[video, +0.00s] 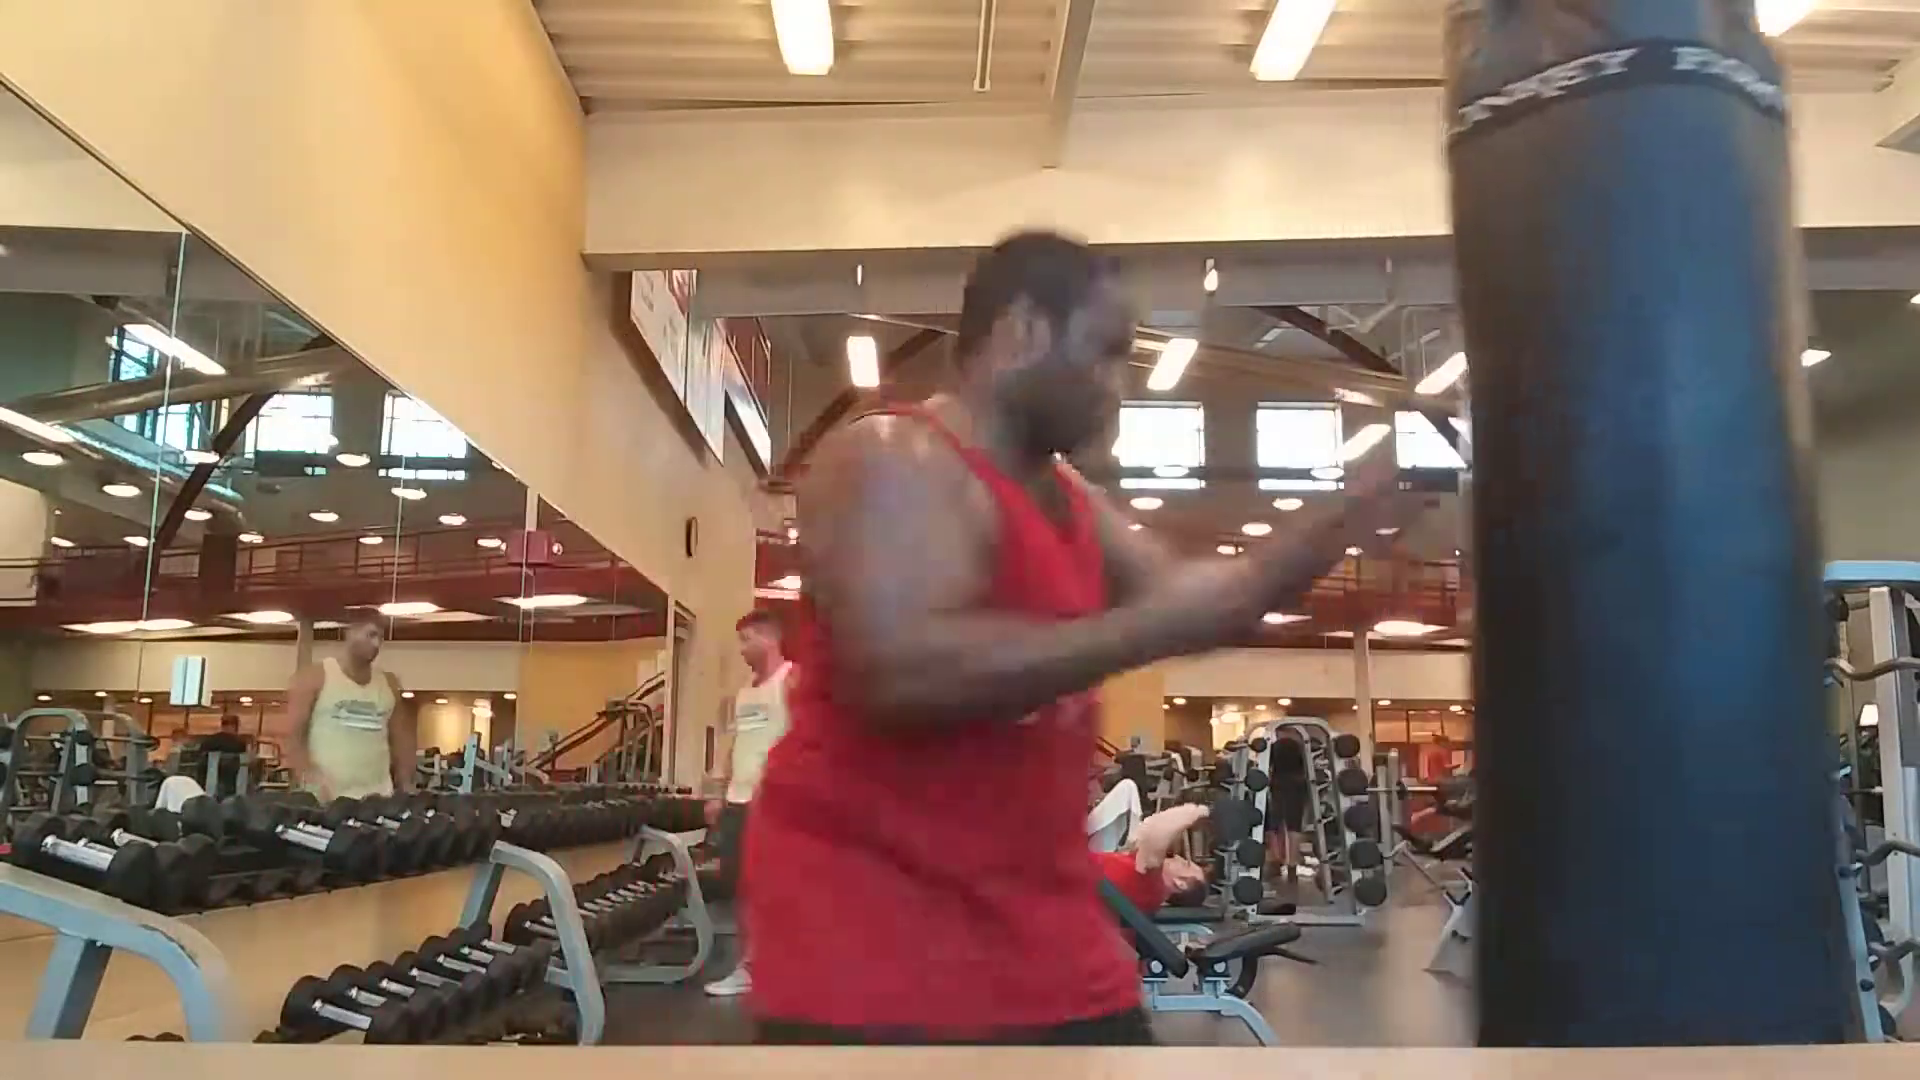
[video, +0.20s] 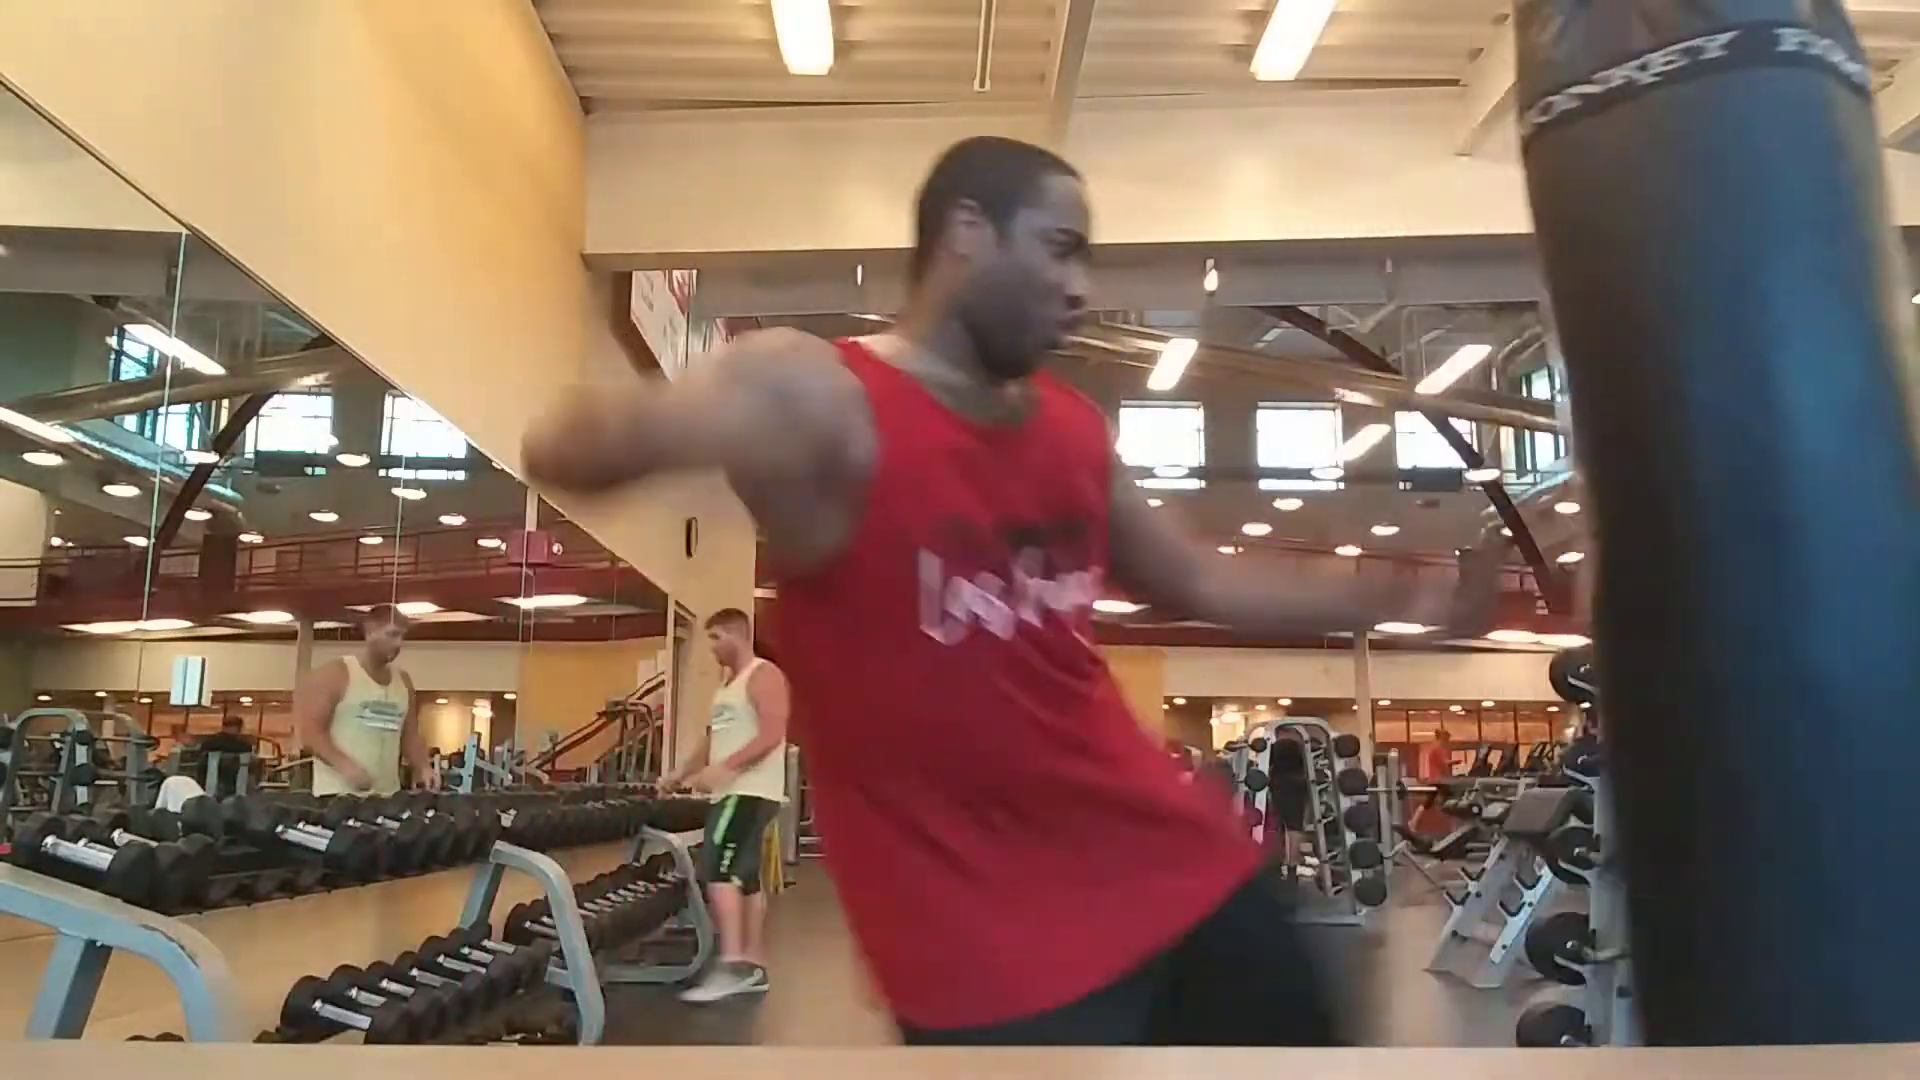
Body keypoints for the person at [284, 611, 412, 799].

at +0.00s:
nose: (378, 644)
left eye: (380, 638)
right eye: (371, 635)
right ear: (350, 633)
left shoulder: (388, 683)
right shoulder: (314, 676)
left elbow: (400, 742)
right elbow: (293, 736)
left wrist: (404, 788)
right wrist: (310, 775)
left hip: (377, 796)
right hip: (325, 797)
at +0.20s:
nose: (398, 644)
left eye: (401, 636)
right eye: (392, 635)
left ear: (404, 637)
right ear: (370, 632)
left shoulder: (402, 681)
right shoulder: (334, 673)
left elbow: (410, 735)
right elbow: (310, 732)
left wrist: (422, 767)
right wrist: (348, 768)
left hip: (387, 798)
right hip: (339, 799)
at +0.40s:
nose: (418, 648)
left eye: (420, 641)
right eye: (414, 639)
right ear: (392, 634)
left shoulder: (410, 682)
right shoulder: (358, 671)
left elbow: (418, 739)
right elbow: (353, 737)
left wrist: (429, 762)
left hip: (391, 792)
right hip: (351, 791)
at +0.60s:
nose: (446, 652)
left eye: (448, 645)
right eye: (442, 644)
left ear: (421, 638)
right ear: (421, 637)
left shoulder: (423, 675)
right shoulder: (383, 675)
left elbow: (430, 731)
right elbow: (403, 745)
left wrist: (451, 771)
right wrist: (445, 784)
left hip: (382, 791)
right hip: (347, 789)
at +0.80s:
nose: (463, 660)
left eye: (465, 652)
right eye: (460, 651)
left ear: (439, 647)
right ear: (440, 646)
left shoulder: (438, 680)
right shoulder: (398, 679)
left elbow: (442, 734)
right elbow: (410, 757)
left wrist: (465, 788)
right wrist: (451, 797)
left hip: (381, 791)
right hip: (345, 789)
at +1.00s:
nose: (467, 662)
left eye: (469, 655)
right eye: (465, 654)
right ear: (449, 648)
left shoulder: (440, 682)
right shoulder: (401, 681)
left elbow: (445, 736)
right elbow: (409, 759)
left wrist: (466, 789)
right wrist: (450, 797)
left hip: (381, 790)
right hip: (347, 789)